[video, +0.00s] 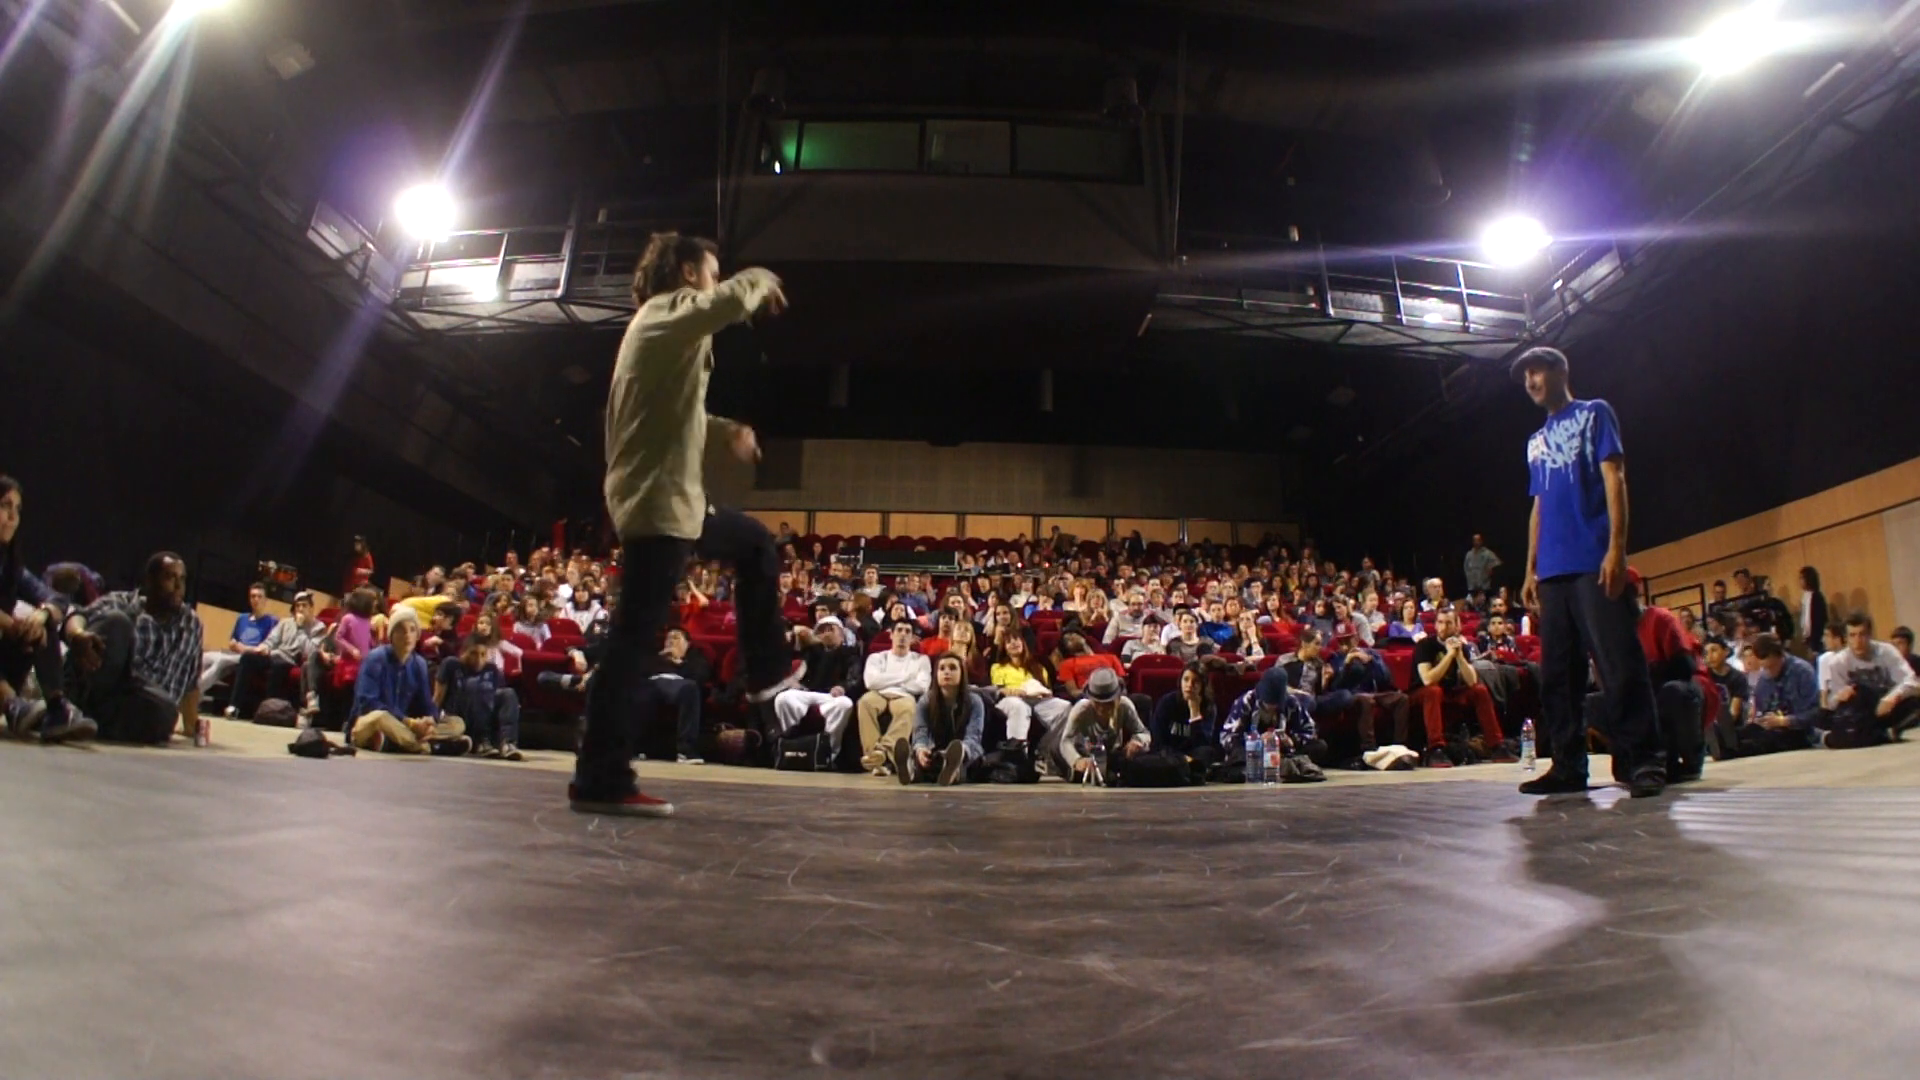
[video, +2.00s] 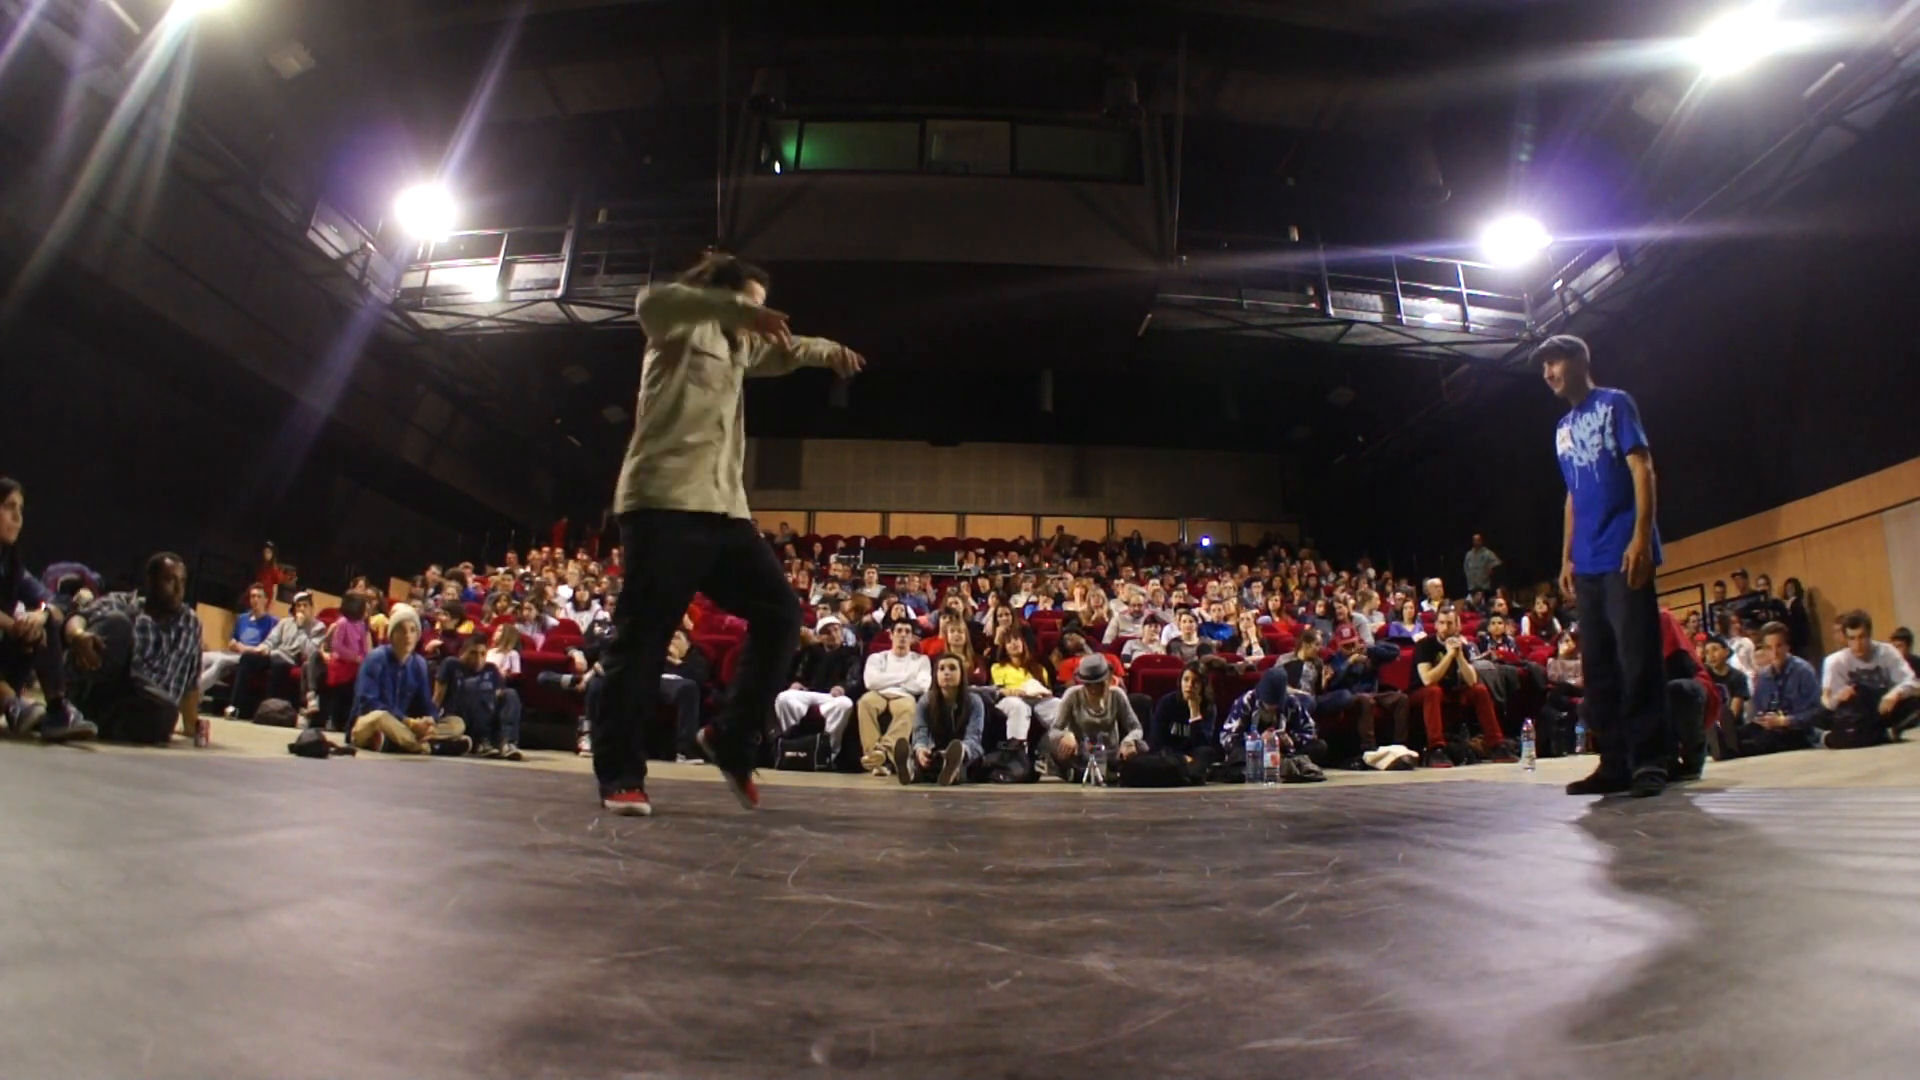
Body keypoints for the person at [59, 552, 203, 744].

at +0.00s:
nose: (178, 586)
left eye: (182, 579)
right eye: (170, 578)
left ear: (186, 583)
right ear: (151, 580)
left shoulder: (191, 624)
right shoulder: (122, 602)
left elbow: (190, 684)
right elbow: (78, 616)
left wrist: (191, 731)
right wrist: (76, 634)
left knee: (161, 717)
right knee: (116, 623)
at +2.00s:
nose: (178, 589)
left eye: (182, 582)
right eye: (170, 580)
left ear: (186, 585)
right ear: (151, 581)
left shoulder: (190, 623)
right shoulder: (122, 603)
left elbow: (190, 684)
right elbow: (77, 619)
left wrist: (191, 731)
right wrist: (77, 635)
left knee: (158, 720)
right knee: (116, 625)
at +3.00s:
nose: (178, 589)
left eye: (181, 582)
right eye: (170, 580)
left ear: (185, 585)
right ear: (152, 581)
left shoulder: (190, 623)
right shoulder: (127, 603)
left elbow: (190, 685)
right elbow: (82, 608)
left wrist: (191, 732)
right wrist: (84, 622)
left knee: (161, 719)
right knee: (118, 625)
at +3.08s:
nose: (178, 589)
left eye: (182, 582)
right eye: (171, 580)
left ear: (185, 585)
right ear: (152, 581)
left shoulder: (191, 622)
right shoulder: (131, 603)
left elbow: (191, 684)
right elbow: (92, 599)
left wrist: (191, 731)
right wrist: (94, 609)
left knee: (159, 721)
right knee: (117, 623)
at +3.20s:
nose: (176, 586)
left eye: (181, 580)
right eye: (170, 578)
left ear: (185, 584)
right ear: (152, 580)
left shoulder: (191, 621)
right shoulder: (131, 610)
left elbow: (190, 678)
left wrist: (191, 727)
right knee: (116, 622)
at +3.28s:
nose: (176, 585)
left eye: (181, 579)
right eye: (169, 577)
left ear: (185, 585)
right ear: (152, 579)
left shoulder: (191, 621)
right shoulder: (132, 609)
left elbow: (190, 678)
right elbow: (133, 666)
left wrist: (191, 727)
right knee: (116, 626)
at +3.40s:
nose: (176, 585)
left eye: (180, 580)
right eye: (168, 577)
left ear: (185, 585)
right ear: (152, 579)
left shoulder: (190, 621)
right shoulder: (131, 606)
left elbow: (190, 683)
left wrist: (191, 730)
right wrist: (121, 565)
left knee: (161, 718)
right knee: (117, 622)